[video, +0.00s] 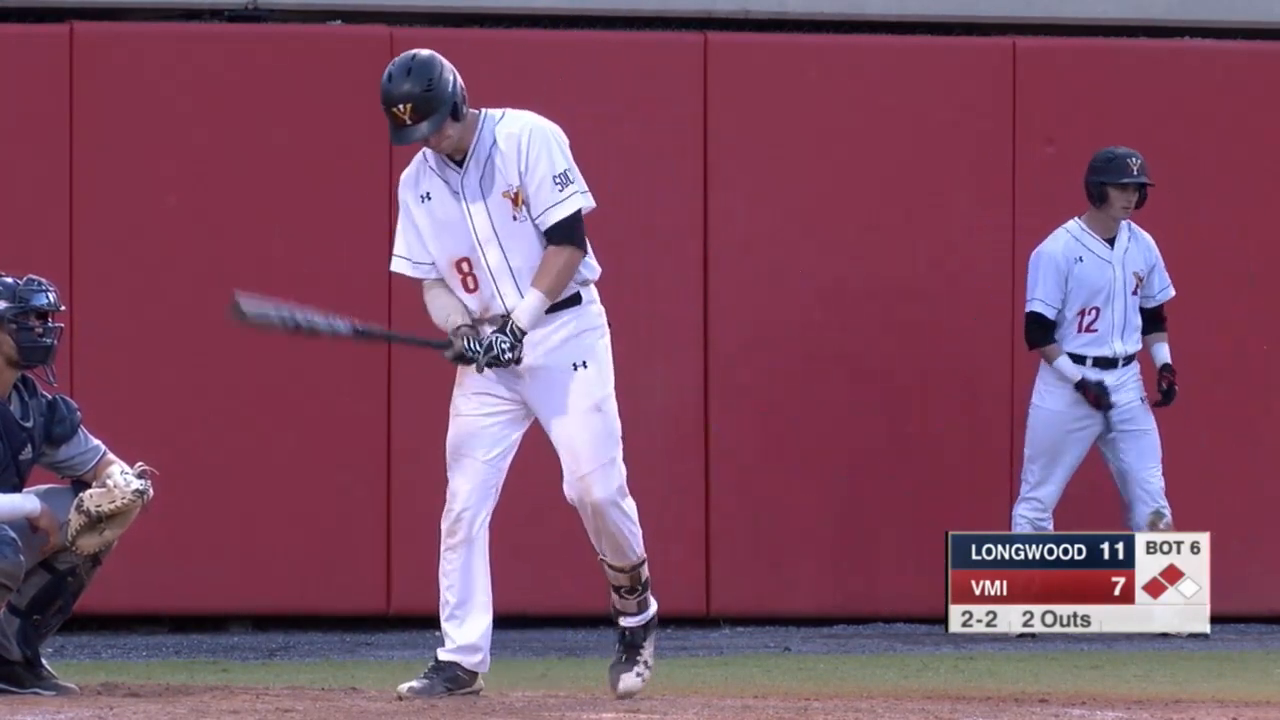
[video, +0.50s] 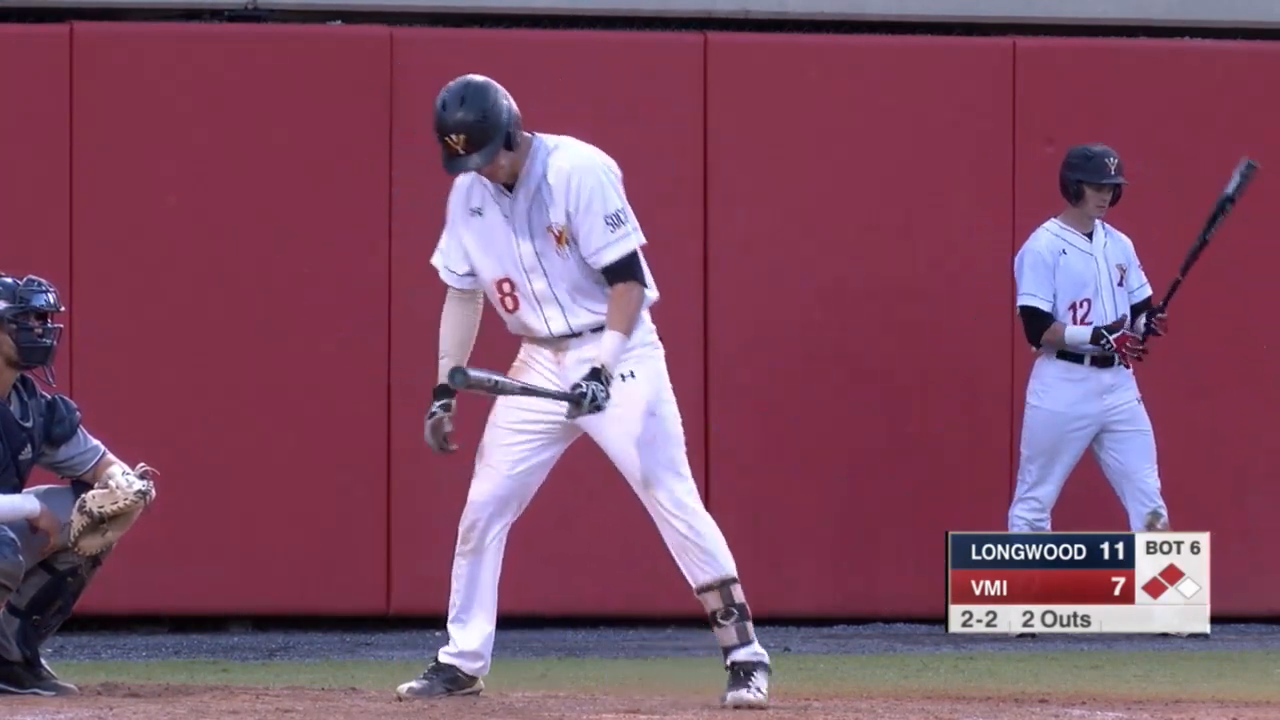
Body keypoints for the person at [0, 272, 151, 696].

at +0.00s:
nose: (38, 329)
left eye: (41, 320)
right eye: (23, 320)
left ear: (47, 326)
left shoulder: (37, 406)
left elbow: (97, 462)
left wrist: (126, 484)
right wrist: (26, 505)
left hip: (9, 521)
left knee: (96, 511)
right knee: (11, 545)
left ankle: (16, 652)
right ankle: (9, 653)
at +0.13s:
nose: (37, 329)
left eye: (40, 319)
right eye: (22, 320)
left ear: (46, 326)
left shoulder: (36, 405)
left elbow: (97, 462)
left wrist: (126, 484)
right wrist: (27, 505)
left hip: (9, 521)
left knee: (95, 512)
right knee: (8, 548)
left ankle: (15, 651)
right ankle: (7, 654)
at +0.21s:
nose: (38, 329)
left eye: (41, 320)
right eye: (23, 320)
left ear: (47, 326)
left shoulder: (37, 406)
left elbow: (97, 463)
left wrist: (127, 485)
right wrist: (26, 505)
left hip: (9, 522)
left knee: (95, 511)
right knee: (11, 545)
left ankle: (16, 652)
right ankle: (9, 653)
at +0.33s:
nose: (37, 329)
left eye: (39, 320)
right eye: (22, 320)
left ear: (46, 326)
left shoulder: (36, 405)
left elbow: (97, 462)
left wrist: (127, 484)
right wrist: (26, 505)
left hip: (9, 521)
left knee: (96, 512)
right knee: (8, 548)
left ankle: (14, 651)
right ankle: (7, 654)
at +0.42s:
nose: (38, 329)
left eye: (41, 320)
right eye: (23, 320)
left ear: (47, 327)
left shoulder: (35, 405)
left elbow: (98, 463)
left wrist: (127, 485)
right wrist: (25, 506)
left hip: (10, 521)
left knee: (94, 513)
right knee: (7, 548)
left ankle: (14, 652)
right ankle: (7, 654)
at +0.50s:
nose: (38, 330)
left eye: (41, 321)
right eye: (23, 320)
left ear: (46, 327)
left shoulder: (35, 405)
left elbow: (98, 463)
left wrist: (128, 485)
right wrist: (26, 507)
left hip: (9, 522)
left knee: (93, 513)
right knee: (9, 547)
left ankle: (15, 651)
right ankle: (8, 654)